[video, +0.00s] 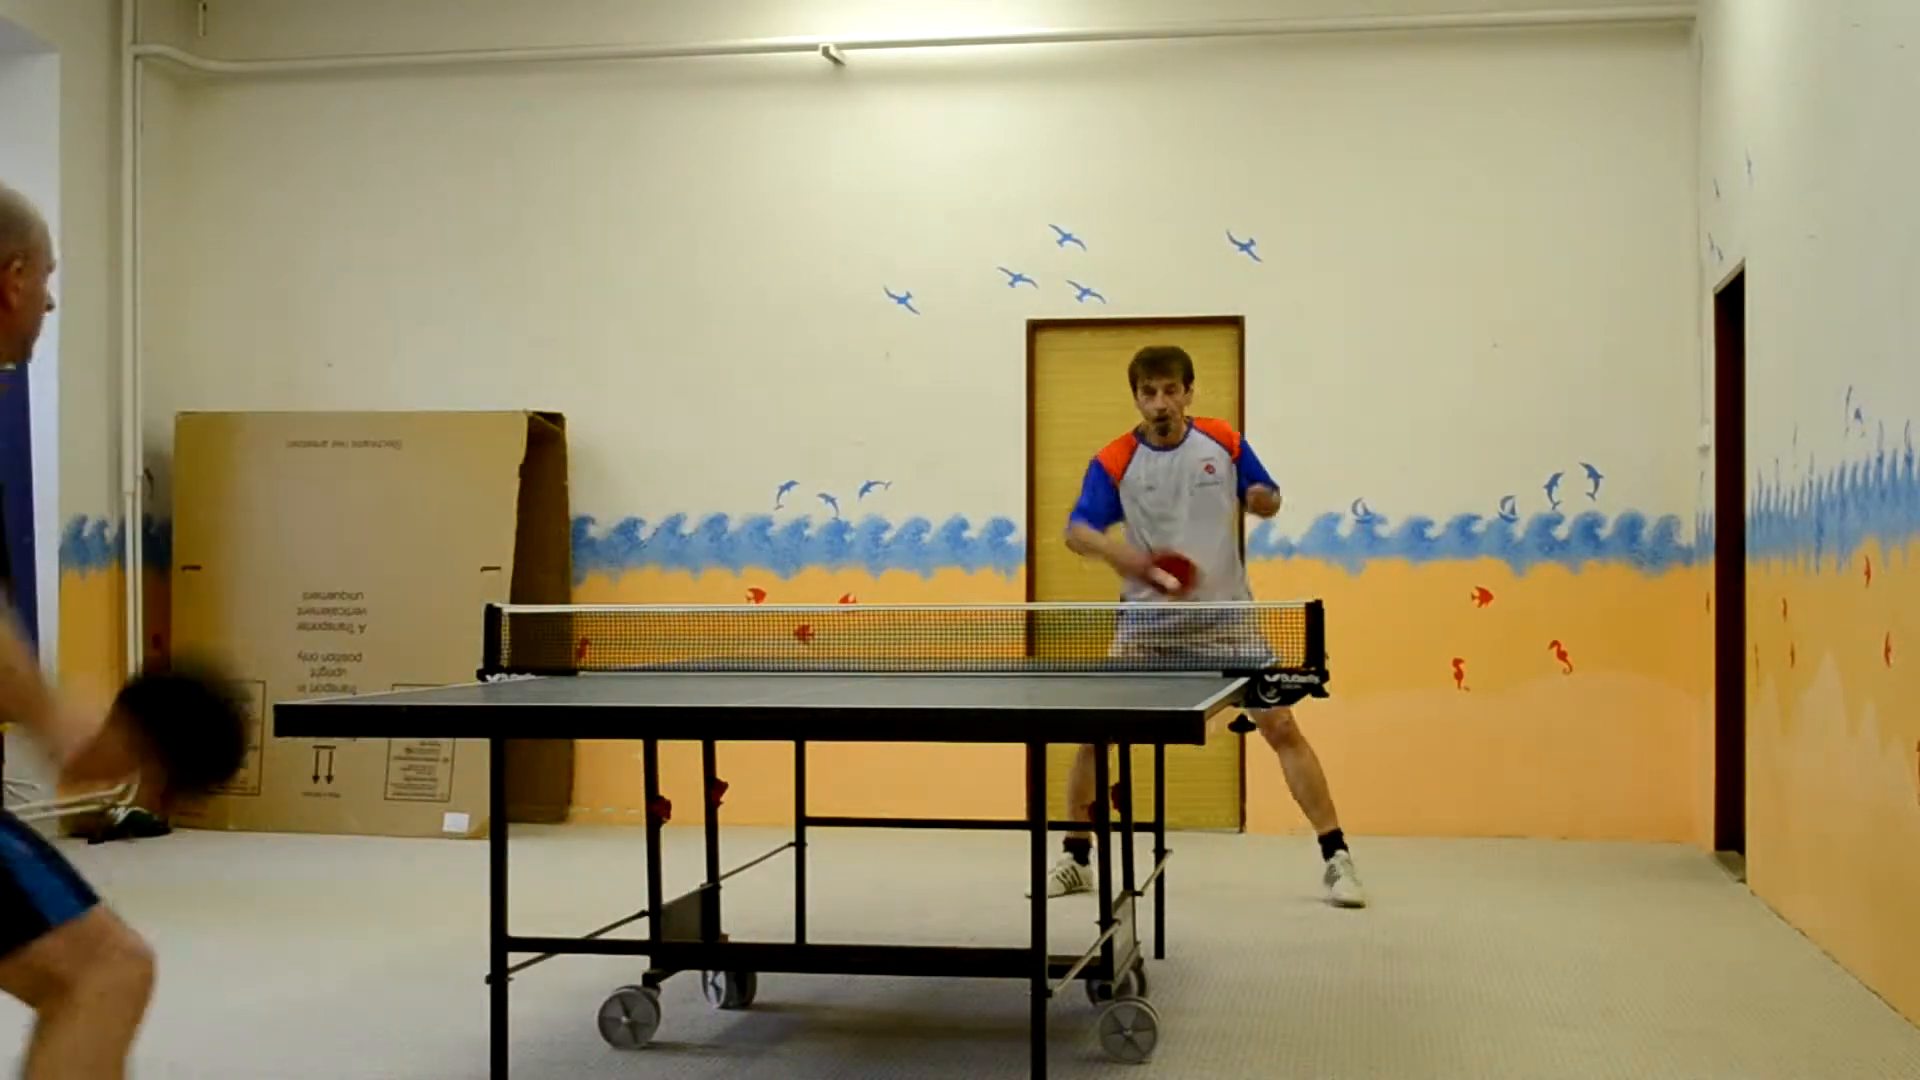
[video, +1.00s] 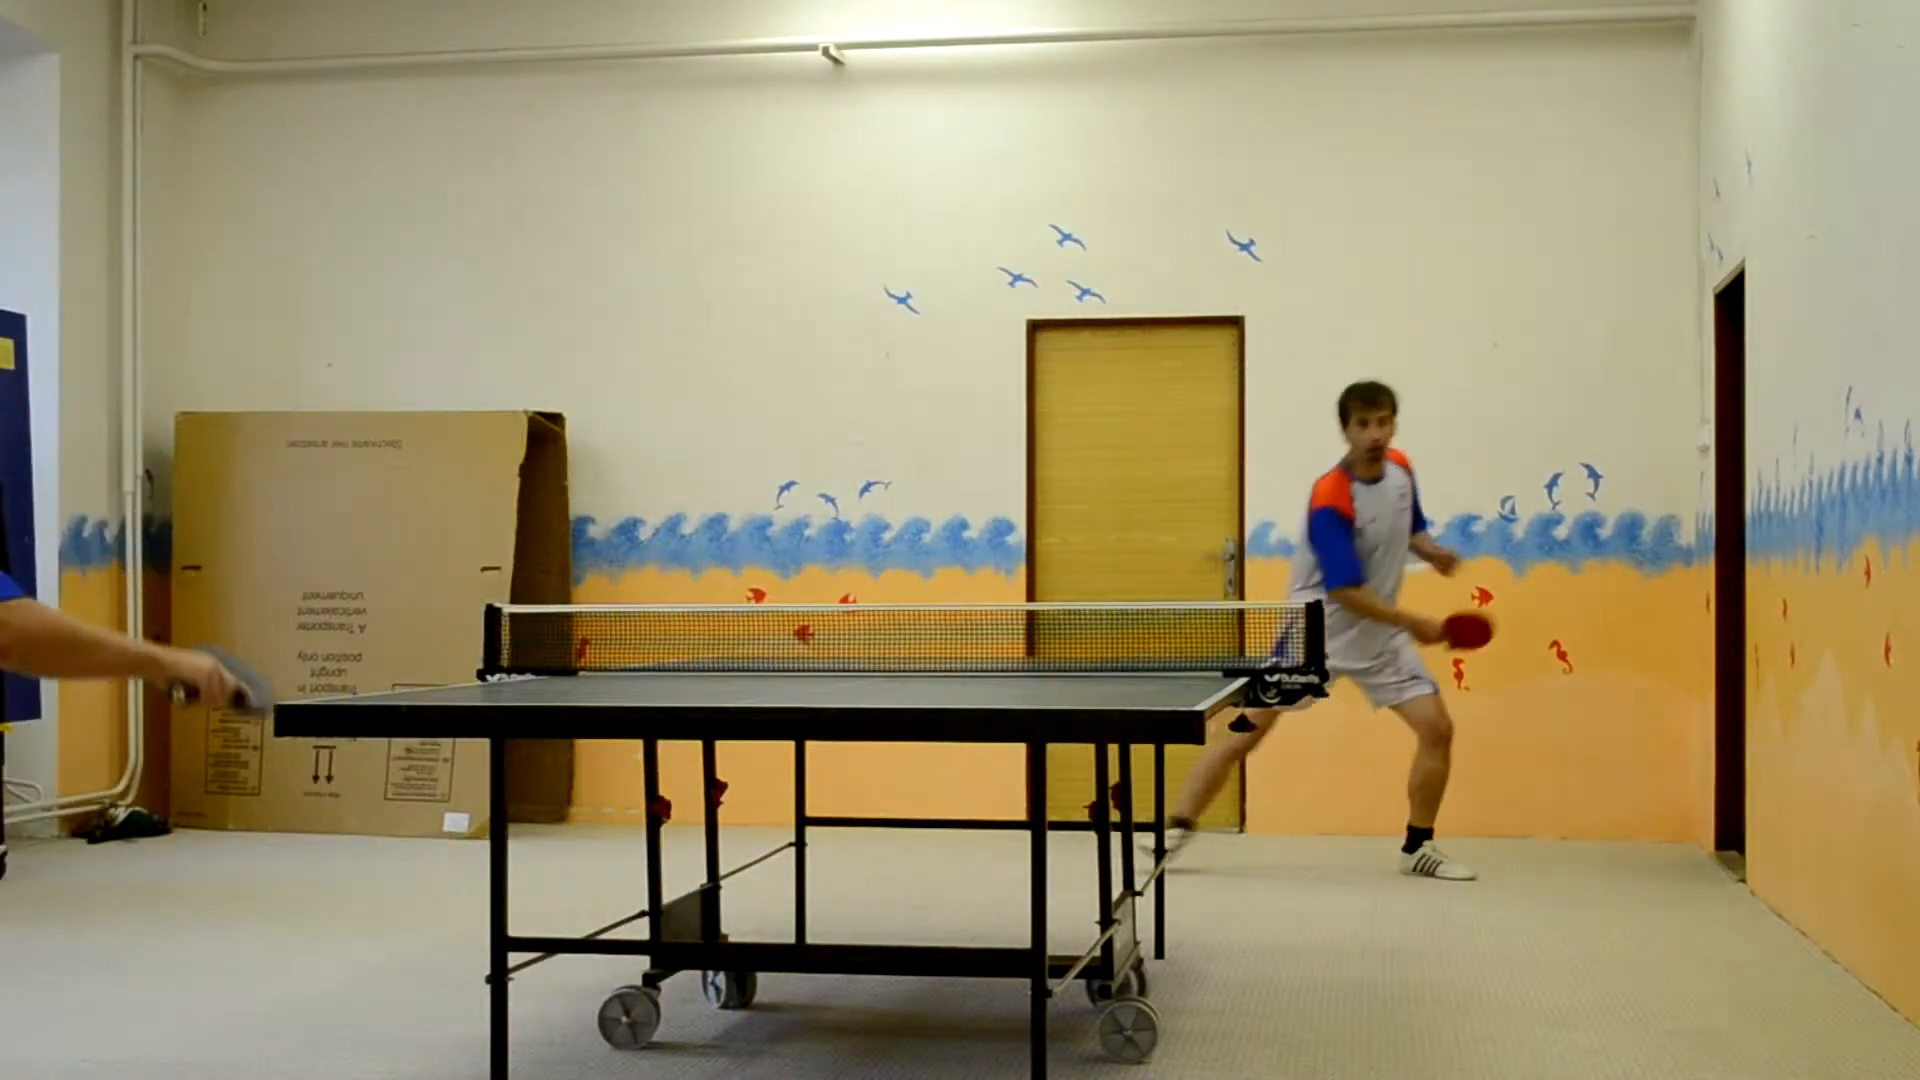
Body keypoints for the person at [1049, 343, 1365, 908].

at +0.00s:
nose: (1159, 403)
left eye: (1169, 392)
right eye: (1149, 393)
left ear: (1187, 392)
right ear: (1135, 396)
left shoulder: (1220, 438)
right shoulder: (1114, 461)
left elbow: (1269, 503)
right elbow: (1076, 531)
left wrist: (1251, 495)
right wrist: (1118, 552)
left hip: (1226, 615)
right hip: (1146, 619)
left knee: (1282, 727)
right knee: (1095, 729)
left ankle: (1336, 855)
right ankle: (1076, 856)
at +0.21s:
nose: (1170, 381)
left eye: (1180, 369)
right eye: (1160, 371)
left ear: (1201, 373)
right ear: (1148, 379)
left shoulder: (1236, 430)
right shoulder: (1121, 440)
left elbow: (1279, 478)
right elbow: (1051, 477)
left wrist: (1313, 486)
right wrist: (1012, 448)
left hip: (1225, 613)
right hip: (1144, 617)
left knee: (1275, 733)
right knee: (1096, 730)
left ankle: (1300, 835)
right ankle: (1070, 854)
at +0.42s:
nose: (1206, 396)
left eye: (1217, 384)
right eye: (1197, 386)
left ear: (1239, 389)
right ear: (1186, 394)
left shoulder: (1276, 449)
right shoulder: (1161, 455)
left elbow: (1325, 506)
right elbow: (1106, 502)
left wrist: (1327, 527)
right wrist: (1069, 499)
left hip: (1251, 623)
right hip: (1175, 623)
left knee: (1284, 746)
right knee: (1112, 722)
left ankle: (1280, 848)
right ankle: (1074, 841)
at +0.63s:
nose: (1210, 402)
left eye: (1220, 392)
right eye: (1200, 393)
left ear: (1240, 396)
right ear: (1190, 399)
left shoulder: (1276, 456)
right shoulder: (1166, 465)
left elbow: (1309, 529)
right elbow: (1120, 530)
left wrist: (1297, 559)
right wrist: (1112, 562)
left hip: (1266, 627)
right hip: (1189, 629)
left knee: (1334, 720)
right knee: (1139, 726)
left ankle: (1356, 833)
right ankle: (1118, 839)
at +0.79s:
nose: (1250, 432)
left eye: (1260, 422)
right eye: (1241, 423)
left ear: (1278, 427)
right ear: (1229, 428)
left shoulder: (1309, 482)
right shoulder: (1205, 491)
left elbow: (1337, 560)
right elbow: (1177, 570)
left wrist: (1315, 571)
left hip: (1291, 642)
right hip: (1221, 643)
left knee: (1375, 737)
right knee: (1156, 738)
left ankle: (1405, 843)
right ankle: (1115, 842)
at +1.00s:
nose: (1375, 434)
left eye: (1383, 423)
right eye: (1364, 425)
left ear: (1394, 426)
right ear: (1345, 430)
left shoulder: (1399, 469)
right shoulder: (1331, 497)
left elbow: (1412, 531)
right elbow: (1347, 592)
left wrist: (1434, 554)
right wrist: (1415, 624)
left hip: (1378, 630)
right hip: (1318, 628)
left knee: (1436, 729)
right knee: (1245, 733)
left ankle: (1417, 847)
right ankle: (1176, 830)